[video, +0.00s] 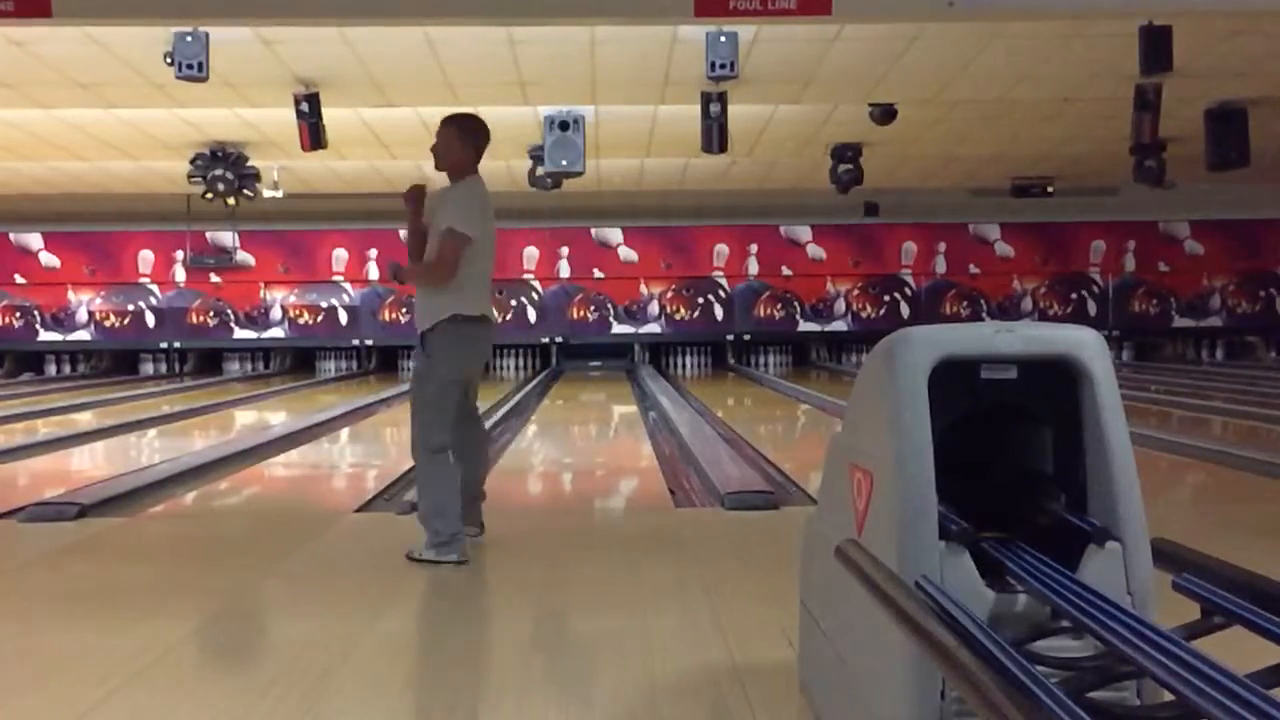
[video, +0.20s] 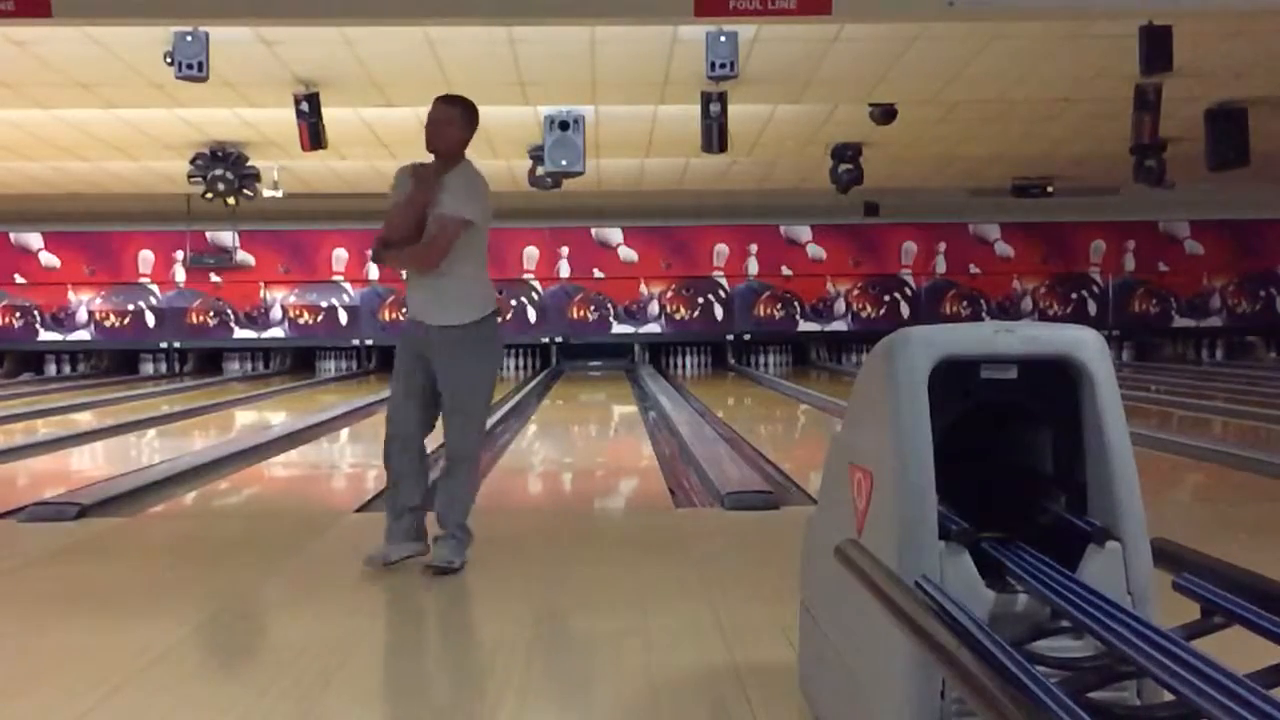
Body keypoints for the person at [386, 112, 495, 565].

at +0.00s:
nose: (432, 147)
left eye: (441, 139)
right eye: (435, 139)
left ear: (465, 146)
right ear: (467, 149)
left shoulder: (463, 197)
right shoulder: (464, 194)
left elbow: (442, 270)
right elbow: (419, 258)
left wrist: (405, 272)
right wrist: (414, 214)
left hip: (452, 329)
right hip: (465, 328)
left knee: (431, 437)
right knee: (462, 425)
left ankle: (443, 541)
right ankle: (468, 516)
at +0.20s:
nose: (431, 128)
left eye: (443, 122)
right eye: (430, 120)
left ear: (466, 132)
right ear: (428, 127)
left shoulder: (468, 183)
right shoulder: (410, 176)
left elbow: (432, 255)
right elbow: (390, 240)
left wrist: (389, 254)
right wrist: (420, 195)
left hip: (468, 331)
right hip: (419, 329)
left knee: (461, 442)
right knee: (402, 435)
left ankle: (452, 540)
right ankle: (405, 535)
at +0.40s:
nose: (418, 129)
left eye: (430, 122)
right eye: (413, 120)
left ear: (452, 130)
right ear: (405, 127)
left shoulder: (467, 186)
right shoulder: (384, 179)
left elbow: (446, 265)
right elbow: (391, 242)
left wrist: (390, 262)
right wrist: (425, 189)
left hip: (455, 336)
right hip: (395, 332)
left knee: (452, 451)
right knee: (396, 443)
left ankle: (448, 547)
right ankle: (373, 552)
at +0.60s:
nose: (394, 115)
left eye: (403, 106)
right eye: (385, 107)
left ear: (422, 114)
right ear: (373, 116)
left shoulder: (453, 172)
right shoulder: (357, 172)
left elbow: (461, 252)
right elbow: (387, 239)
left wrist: (401, 261)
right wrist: (423, 178)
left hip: (441, 332)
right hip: (378, 330)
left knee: (443, 453)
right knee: (385, 455)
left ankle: (445, 529)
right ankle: (389, 573)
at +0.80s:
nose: (381, 92)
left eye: (391, 82)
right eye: (371, 83)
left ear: (410, 94)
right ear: (356, 95)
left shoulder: (438, 152)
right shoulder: (342, 153)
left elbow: (468, 236)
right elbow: (394, 218)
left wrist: (407, 244)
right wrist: (429, 147)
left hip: (431, 324)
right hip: (366, 325)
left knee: (430, 447)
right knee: (377, 455)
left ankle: (436, 571)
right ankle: (386, 576)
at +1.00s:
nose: (375, 83)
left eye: (386, 74)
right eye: (364, 75)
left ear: (406, 88)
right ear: (351, 88)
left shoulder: (441, 160)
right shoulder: (326, 156)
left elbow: (472, 246)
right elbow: (342, 233)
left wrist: (451, 255)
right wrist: (406, 181)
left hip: (417, 338)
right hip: (347, 339)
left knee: (404, 473)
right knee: (366, 473)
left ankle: (396, 609)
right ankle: (381, 589)